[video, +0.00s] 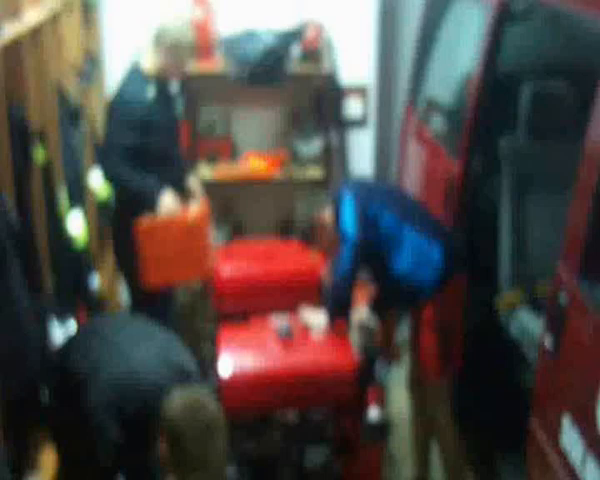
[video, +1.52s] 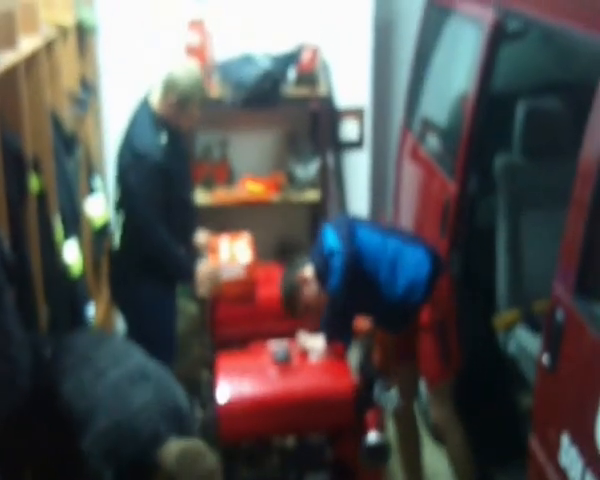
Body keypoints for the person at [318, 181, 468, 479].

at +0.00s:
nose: (331, 247)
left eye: (326, 243)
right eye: (327, 245)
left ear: (323, 222)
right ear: (327, 222)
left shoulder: (349, 197)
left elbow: (348, 256)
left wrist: (332, 311)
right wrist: (372, 309)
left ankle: (407, 469)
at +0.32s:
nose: (312, 258)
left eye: (307, 250)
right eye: (305, 255)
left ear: (311, 228)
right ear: (312, 229)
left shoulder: (348, 202)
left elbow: (353, 255)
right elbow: (379, 290)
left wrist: (331, 318)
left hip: (440, 284)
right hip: (412, 299)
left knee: (443, 393)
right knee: (416, 396)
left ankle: (468, 470)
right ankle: (417, 470)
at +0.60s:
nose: (313, 254)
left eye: (307, 247)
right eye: (307, 251)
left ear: (309, 226)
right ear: (311, 227)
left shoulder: (352, 200)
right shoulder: (340, 237)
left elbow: (358, 260)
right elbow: (340, 281)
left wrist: (336, 324)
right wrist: (335, 328)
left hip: (438, 291)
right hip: (410, 302)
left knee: (444, 393)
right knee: (416, 393)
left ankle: (466, 470)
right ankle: (417, 470)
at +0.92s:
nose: (314, 281)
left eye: (309, 276)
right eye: (309, 279)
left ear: (305, 254)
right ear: (308, 255)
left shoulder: (338, 220)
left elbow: (342, 282)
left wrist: (330, 333)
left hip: (434, 292)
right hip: (405, 310)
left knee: (446, 400)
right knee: (409, 394)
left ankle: (473, 471)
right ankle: (417, 472)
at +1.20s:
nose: (312, 308)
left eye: (304, 302)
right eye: (305, 307)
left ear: (300, 277)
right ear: (304, 277)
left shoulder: (330, 234)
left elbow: (338, 278)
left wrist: (328, 337)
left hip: (429, 293)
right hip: (396, 314)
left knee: (444, 402)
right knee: (401, 403)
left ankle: (474, 472)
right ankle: (413, 474)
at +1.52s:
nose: (316, 312)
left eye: (310, 307)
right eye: (310, 312)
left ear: (306, 282)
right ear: (308, 281)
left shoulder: (334, 234)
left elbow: (339, 284)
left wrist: (326, 337)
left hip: (430, 292)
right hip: (396, 313)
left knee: (440, 412)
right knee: (401, 407)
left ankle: (466, 473)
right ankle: (413, 474)